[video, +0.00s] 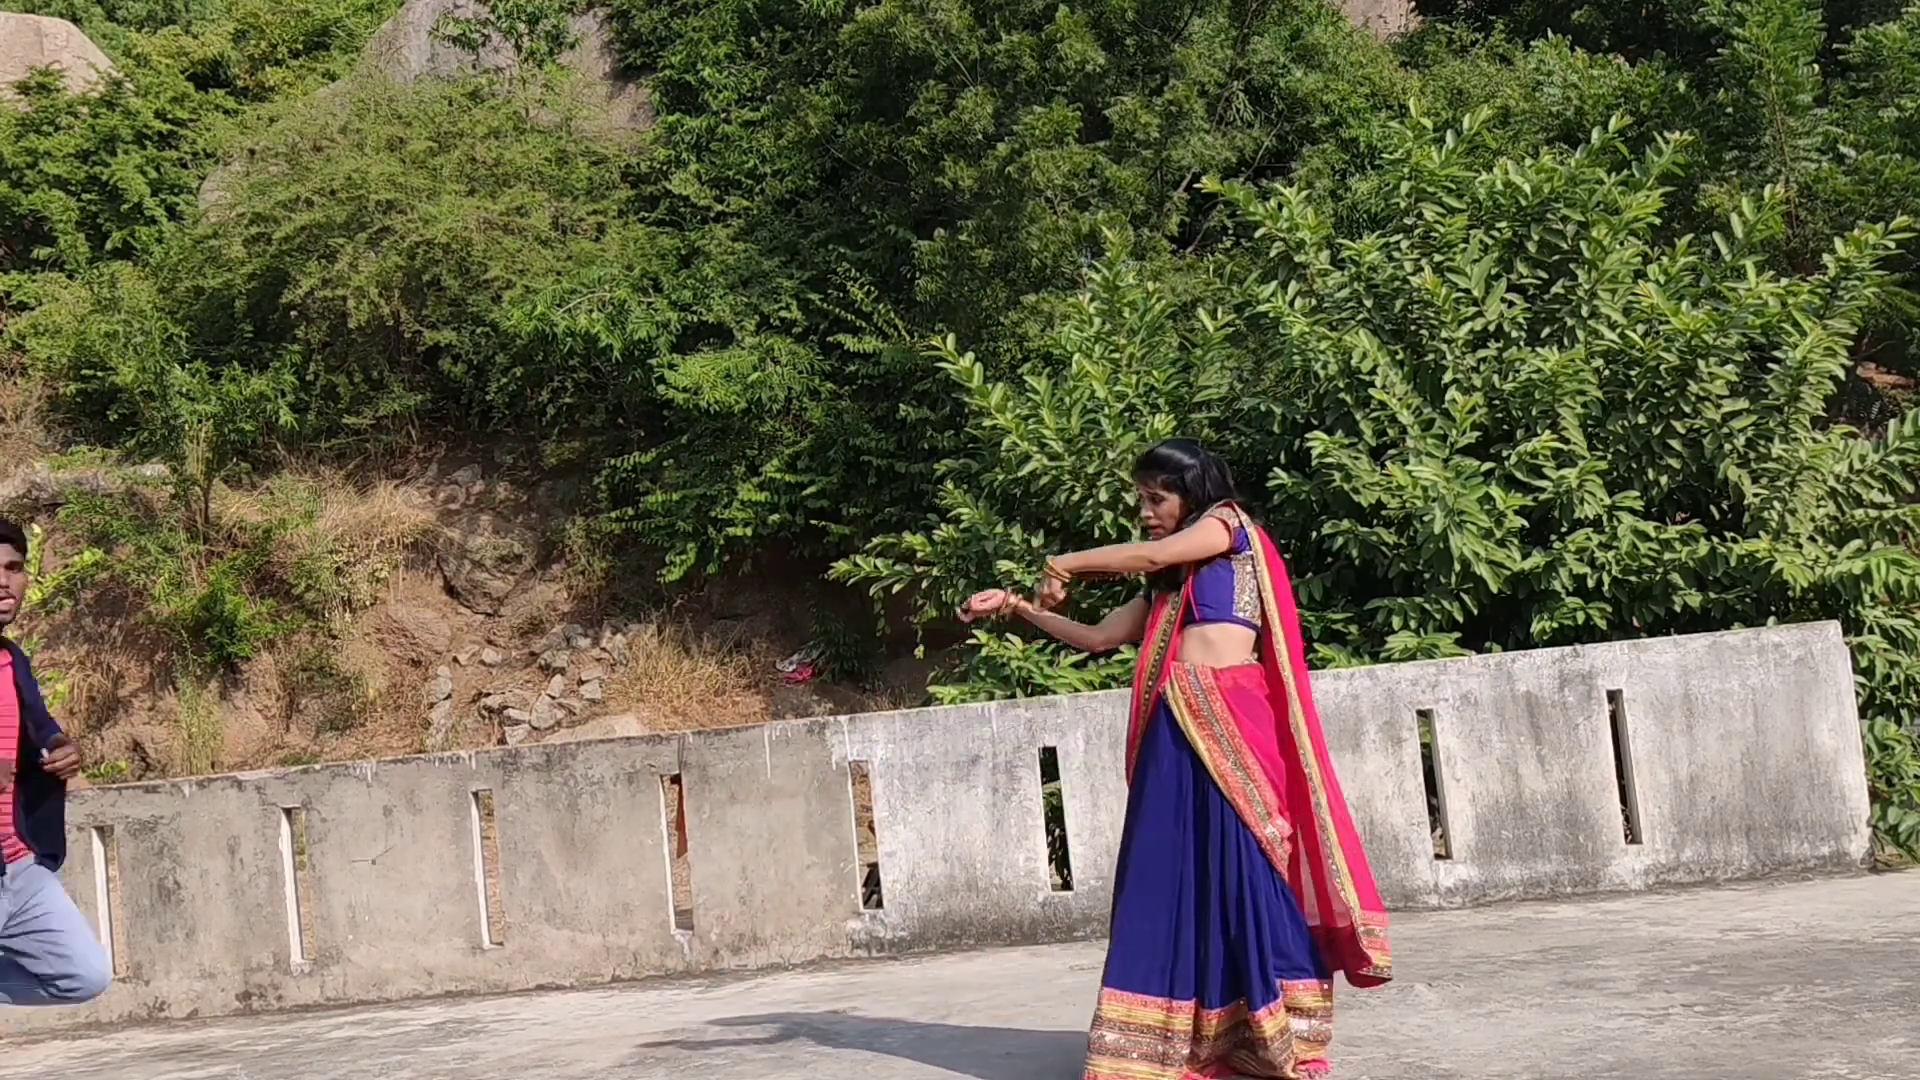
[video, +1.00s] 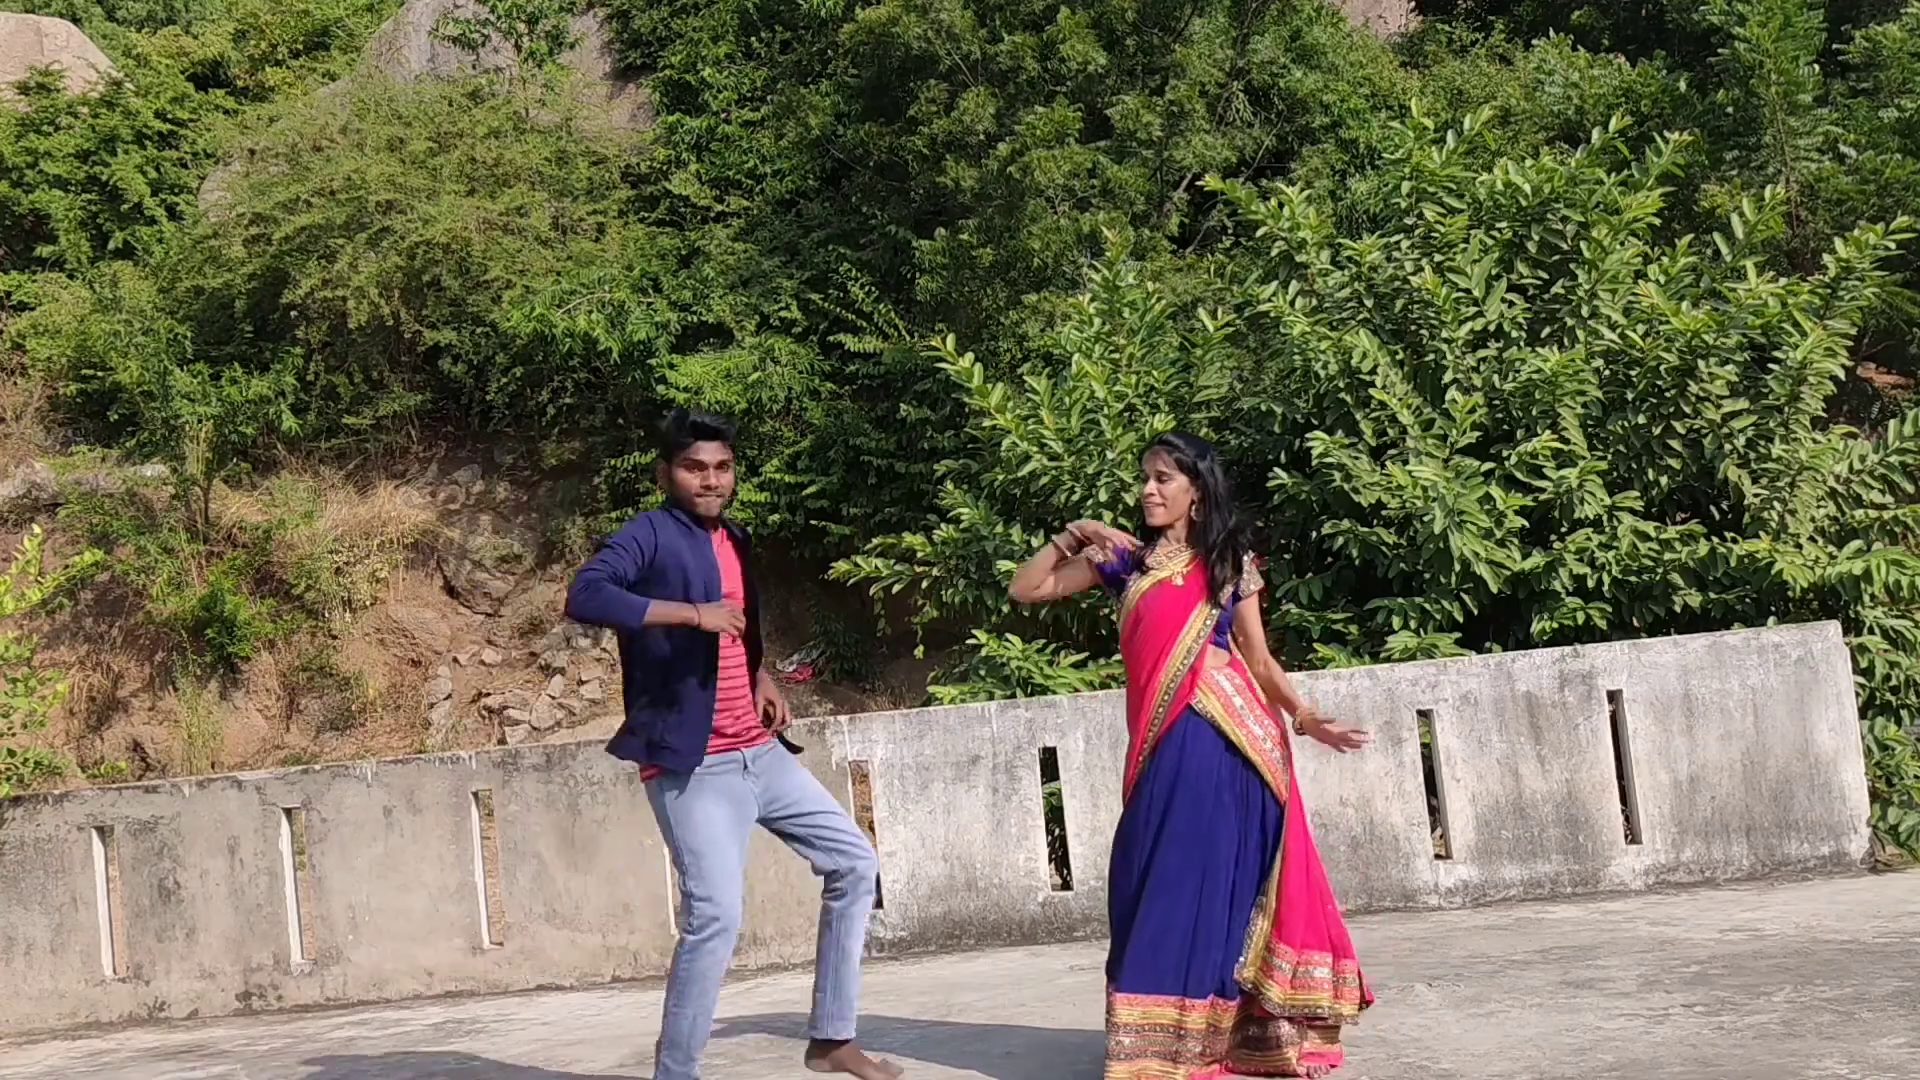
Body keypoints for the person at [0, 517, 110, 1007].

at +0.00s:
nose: (4, 582)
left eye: (13, 568)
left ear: (27, 579)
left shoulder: (14, 662)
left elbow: (39, 729)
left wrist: (63, 753)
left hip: (13, 861)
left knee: (83, 975)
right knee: (79, 974)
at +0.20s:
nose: (147, 510)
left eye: (156, 497)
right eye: (129, 498)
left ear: (166, 506)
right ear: (96, 508)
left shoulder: (145, 581)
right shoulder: (76, 572)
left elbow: (137, 669)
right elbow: (48, 675)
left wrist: (202, 650)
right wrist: (113, 618)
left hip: (159, 799)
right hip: (93, 805)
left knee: (194, 966)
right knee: (75, 970)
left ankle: (208, 1075)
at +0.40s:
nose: (313, 556)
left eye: (315, 544)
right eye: (298, 546)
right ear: (252, 551)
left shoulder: (295, 630)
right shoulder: (225, 618)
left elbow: (322, 711)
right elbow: (185, 704)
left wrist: (349, 734)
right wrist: (277, 727)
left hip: (311, 821)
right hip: (254, 826)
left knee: (335, 982)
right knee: (344, 962)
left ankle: (279, 1077)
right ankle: (175, 932)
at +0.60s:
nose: (466, 499)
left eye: (471, 486)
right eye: (453, 485)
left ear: (468, 487)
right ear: (408, 484)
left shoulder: (471, 562)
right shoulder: (364, 556)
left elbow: (494, 648)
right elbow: (310, 668)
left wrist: (556, 631)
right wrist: (364, 638)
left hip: (456, 761)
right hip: (418, 765)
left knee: (413, 936)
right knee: (516, 912)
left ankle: (277, 1063)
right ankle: (550, 1073)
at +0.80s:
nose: (600, 516)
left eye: (606, 504)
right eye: (582, 505)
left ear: (613, 512)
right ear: (545, 513)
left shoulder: (619, 591)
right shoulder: (526, 594)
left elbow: (641, 678)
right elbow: (479, 695)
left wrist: (673, 721)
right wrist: (579, 720)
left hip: (640, 792)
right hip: (589, 800)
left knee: (662, 944)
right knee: (674, 940)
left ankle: (508, 936)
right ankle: (664, 1074)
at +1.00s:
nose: (711, 479)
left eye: (722, 467)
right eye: (695, 467)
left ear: (735, 473)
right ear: (667, 473)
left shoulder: (732, 542)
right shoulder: (647, 534)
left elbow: (733, 625)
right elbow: (585, 597)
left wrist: (759, 675)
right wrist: (690, 614)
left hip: (759, 755)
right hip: (693, 770)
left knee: (855, 863)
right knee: (715, 918)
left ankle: (834, 1040)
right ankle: (675, 1072)